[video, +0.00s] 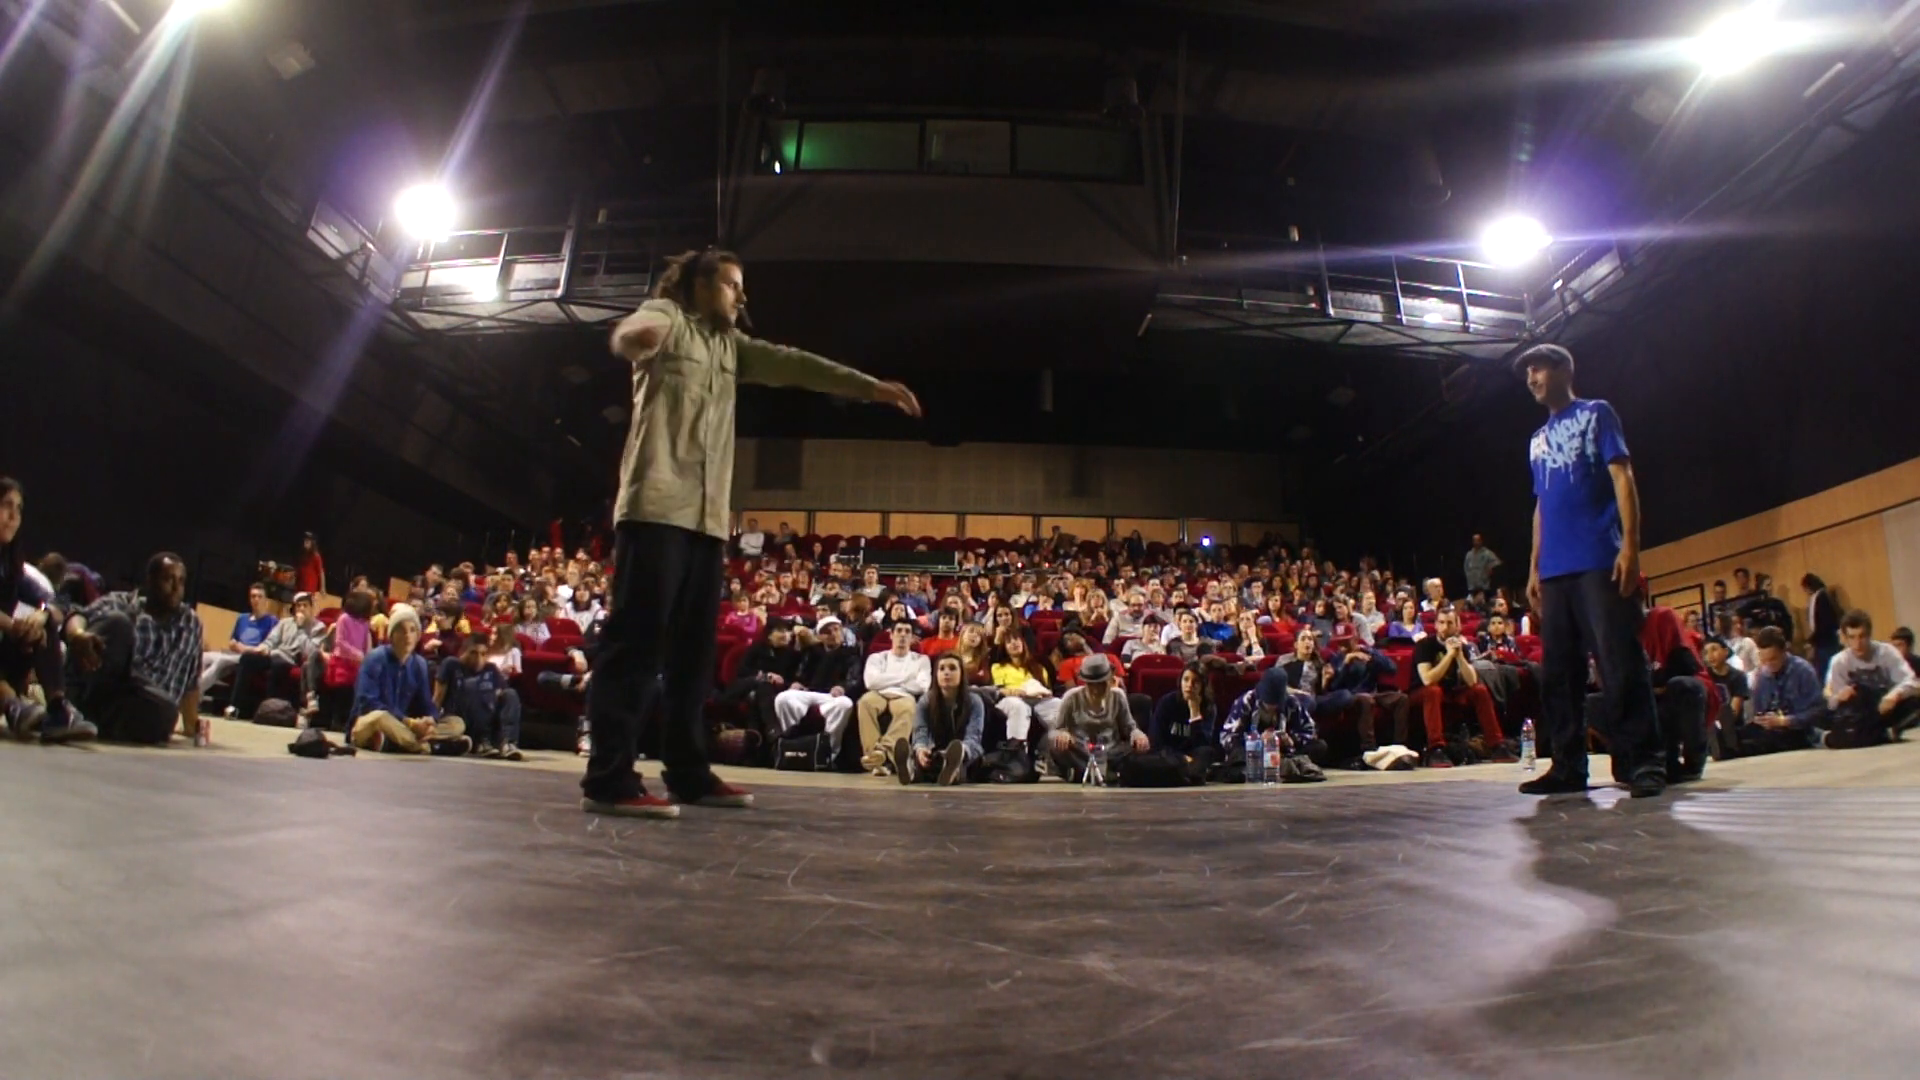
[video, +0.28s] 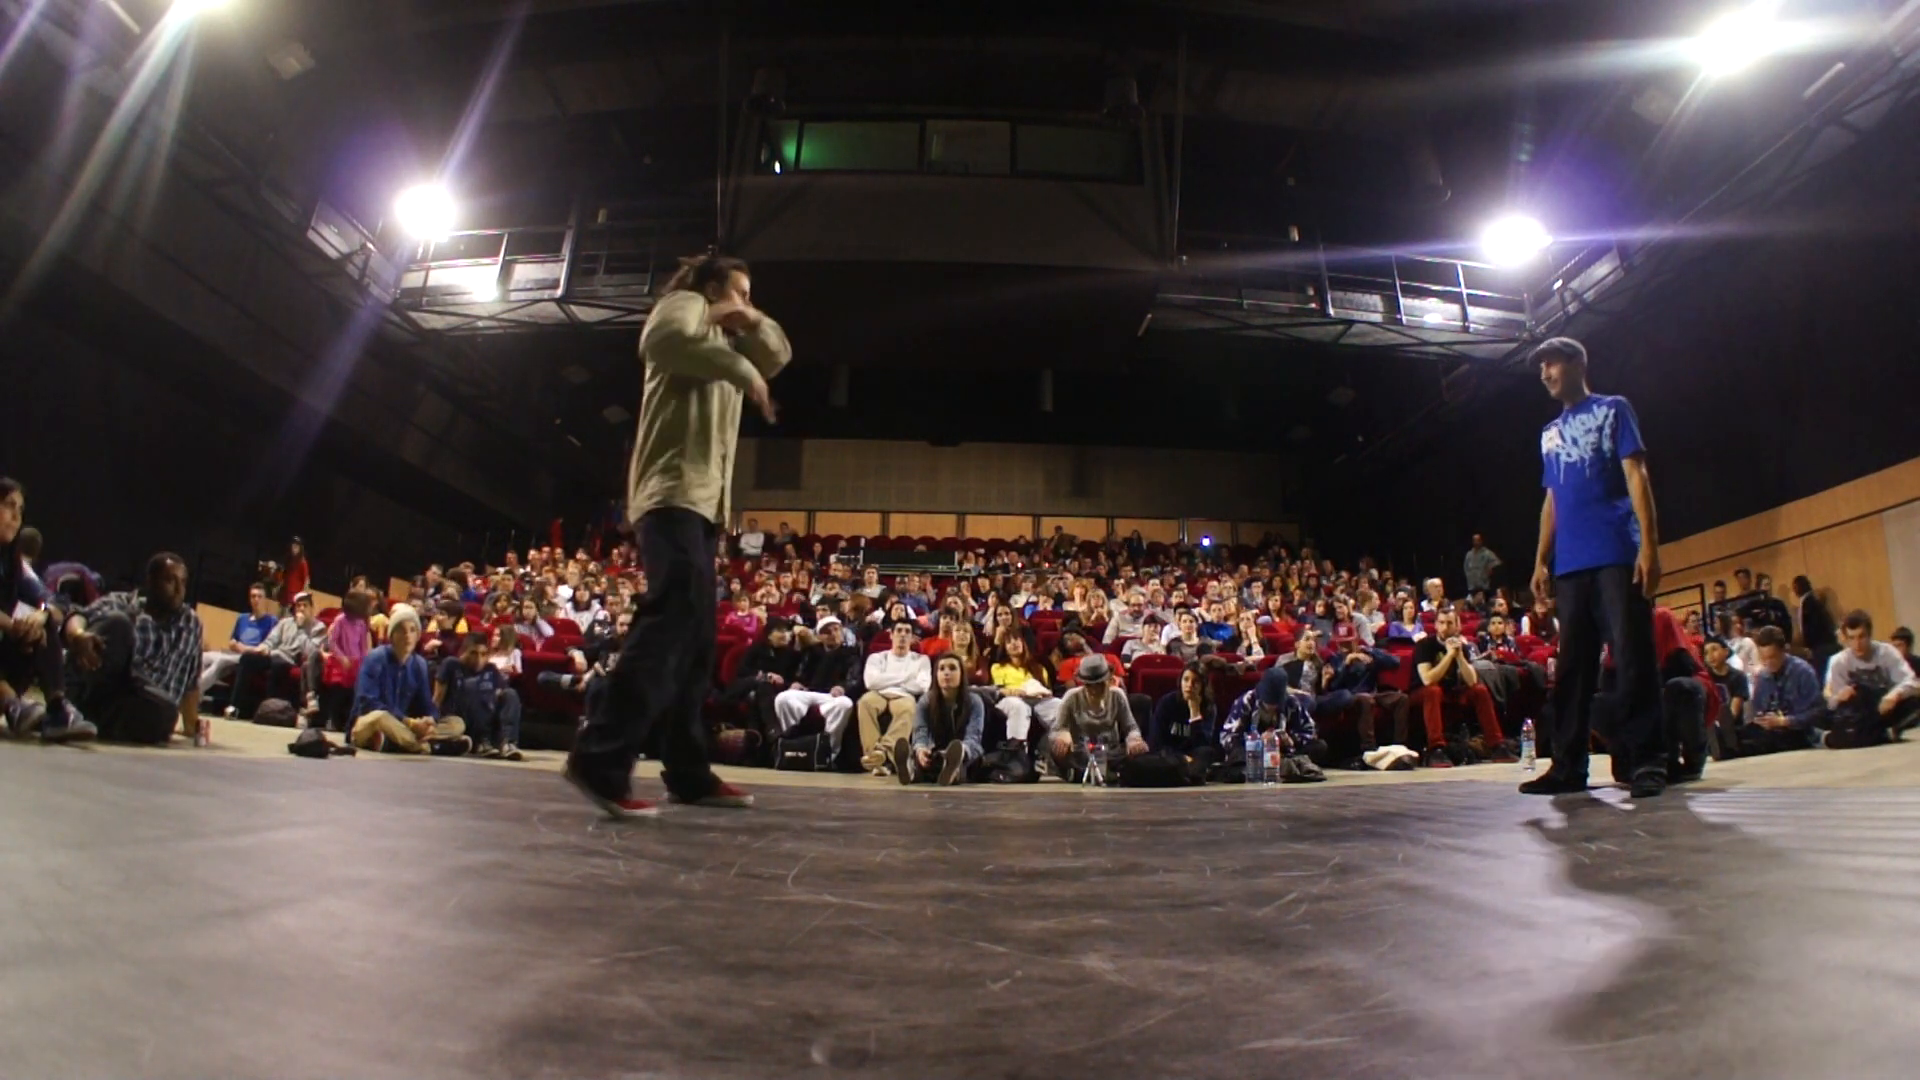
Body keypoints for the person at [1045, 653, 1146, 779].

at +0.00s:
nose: (1096, 689)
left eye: (1101, 684)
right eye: (1091, 684)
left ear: (1109, 680)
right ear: (1085, 682)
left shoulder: (1118, 696)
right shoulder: (1071, 697)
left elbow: (1129, 727)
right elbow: (1056, 729)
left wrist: (1137, 734)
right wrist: (1061, 733)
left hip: (1111, 750)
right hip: (1080, 750)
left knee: (1137, 747)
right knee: (1056, 743)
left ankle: (1082, 772)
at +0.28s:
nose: (1095, 690)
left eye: (1099, 684)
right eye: (1089, 685)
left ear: (1107, 680)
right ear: (1083, 683)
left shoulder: (1118, 696)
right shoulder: (1071, 697)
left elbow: (1131, 727)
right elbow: (1056, 730)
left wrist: (1134, 740)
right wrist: (1062, 735)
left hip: (1112, 753)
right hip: (1080, 754)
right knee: (1058, 750)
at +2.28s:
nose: (1094, 687)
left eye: (1099, 681)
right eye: (1089, 682)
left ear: (1108, 678)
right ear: (1083, 679)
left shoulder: (1117, 696)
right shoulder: (1069, 698)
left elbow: (1132, 729)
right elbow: (1052, 735)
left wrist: (1129, 741)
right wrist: (1063, 734)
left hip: (1109, 753)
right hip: (1078, 755)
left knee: (1140, 748)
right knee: (1055, 747)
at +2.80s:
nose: (1094, 671)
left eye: (1100, 667)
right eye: (1090, 666)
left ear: (1109, 672)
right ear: (1083, 669)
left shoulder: (1116, 696)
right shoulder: (1070, 696)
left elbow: (1130, 727)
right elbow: (1054, 732)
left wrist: (1128, 741)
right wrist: (1065, 733)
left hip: (1108, 753)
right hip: (1077, 753)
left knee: (1140, 747)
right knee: (1056, 747)